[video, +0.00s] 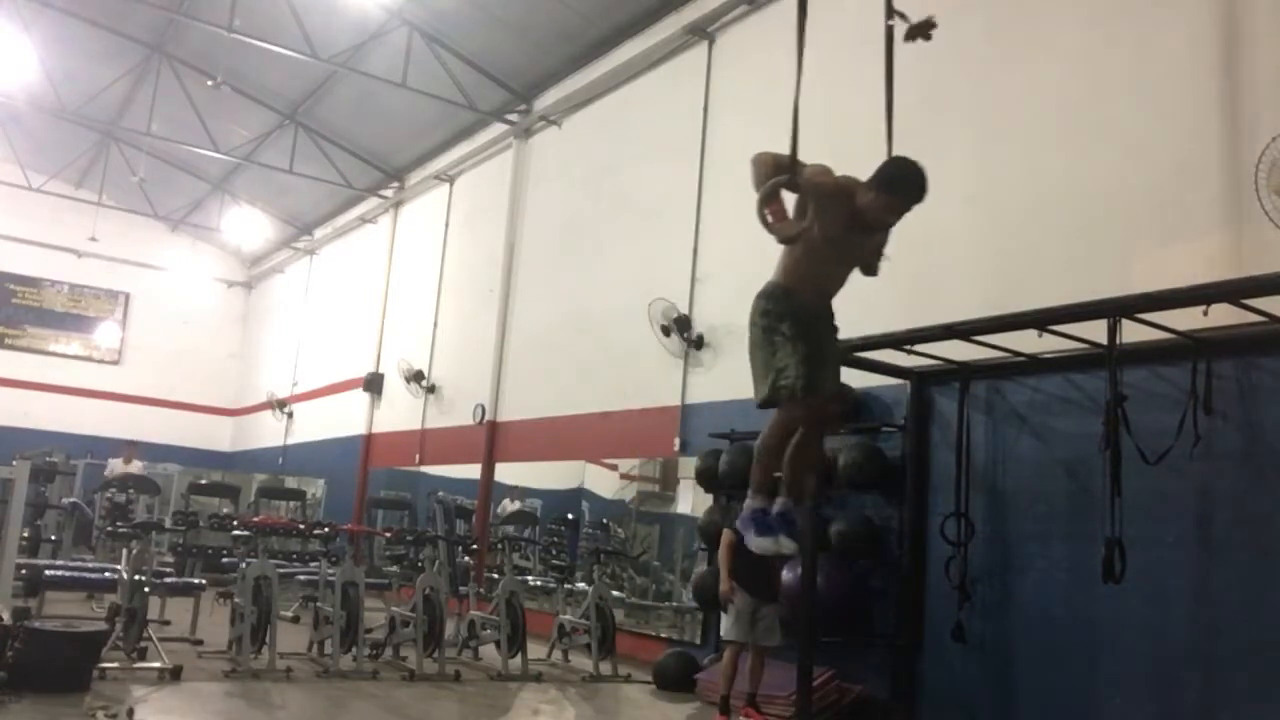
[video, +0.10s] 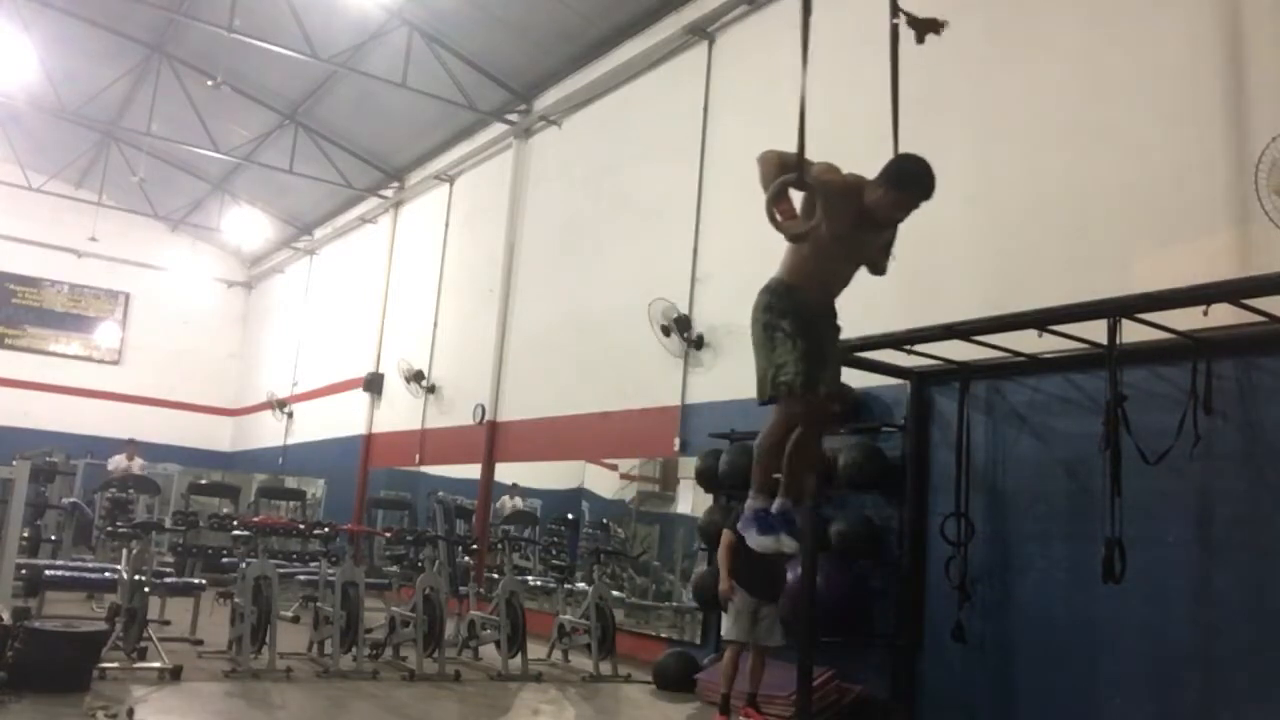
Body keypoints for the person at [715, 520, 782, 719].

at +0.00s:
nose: (762, 502)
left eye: (767, 496)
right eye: (758, 496)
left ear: (773, 499)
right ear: (750, 497)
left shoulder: (779, 522)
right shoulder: (743, 516)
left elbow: (785, 556)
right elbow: (725, 545)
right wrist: (724, 580)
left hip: (768, 592)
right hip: (740, 589)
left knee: (759, 650)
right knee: (734, 646)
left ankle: (751, 703)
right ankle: (724, 706)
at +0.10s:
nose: (767, 499)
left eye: (772, 494)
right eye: (764, 493)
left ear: (778, 496)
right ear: (756, 492)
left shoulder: (782, 520)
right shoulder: (744, 514)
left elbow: (789, 555)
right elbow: (724, 546)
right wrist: (724, 578)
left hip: (770, 592)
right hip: (742, 587)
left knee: (760, 650)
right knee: (734, 646)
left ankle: (751, 704)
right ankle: (724, 706)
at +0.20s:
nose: (780, 498)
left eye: (783, 494)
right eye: (776, 493)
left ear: (788, 497)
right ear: (766, 493)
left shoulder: (784, 520)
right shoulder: (746, 513)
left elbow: (785, 561)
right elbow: (724, 545)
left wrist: (790, 593)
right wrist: (724, 579)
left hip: (771, 592)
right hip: (742, 588)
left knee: (761, 649)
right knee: (735, 646)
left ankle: (751, 703)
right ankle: (726, 706)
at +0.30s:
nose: (770, 509)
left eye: (775, 504)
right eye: (766, 503)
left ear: (781, 501)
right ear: (759, 498)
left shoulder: (786, 522)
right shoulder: (743, 514)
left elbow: (791, 561)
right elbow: (725, 546)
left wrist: (795, 589)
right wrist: (724, 579)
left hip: (771, 592)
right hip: (741, 588)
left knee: (762, 650)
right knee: (735, 646)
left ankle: (751, 703)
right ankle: (726, 705)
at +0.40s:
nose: (771, 508)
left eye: (775, 503)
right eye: (767, 502)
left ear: (781, 499)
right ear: (758, 497)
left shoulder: (787, 520)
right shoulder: (743, 514)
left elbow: (792, 557)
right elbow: (725, 548)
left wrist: (799, 584)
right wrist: (723, 580)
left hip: (772, 591)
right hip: (742, 588)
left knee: (762, 649)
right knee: (735, 647)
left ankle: (751, 703)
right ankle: (726, 705)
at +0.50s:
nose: (770, 506)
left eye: (775, 501)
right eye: (766, 500)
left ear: (781, 499)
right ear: (758, 496)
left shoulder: (788, 520)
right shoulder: (743, 515)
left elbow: (795, 555)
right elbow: (726, 547)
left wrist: (798, 583)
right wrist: (721, 579)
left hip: (773, 591)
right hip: (743, 588)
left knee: (762, 650)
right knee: (735, 647)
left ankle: (751, 703)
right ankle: (726, 705)